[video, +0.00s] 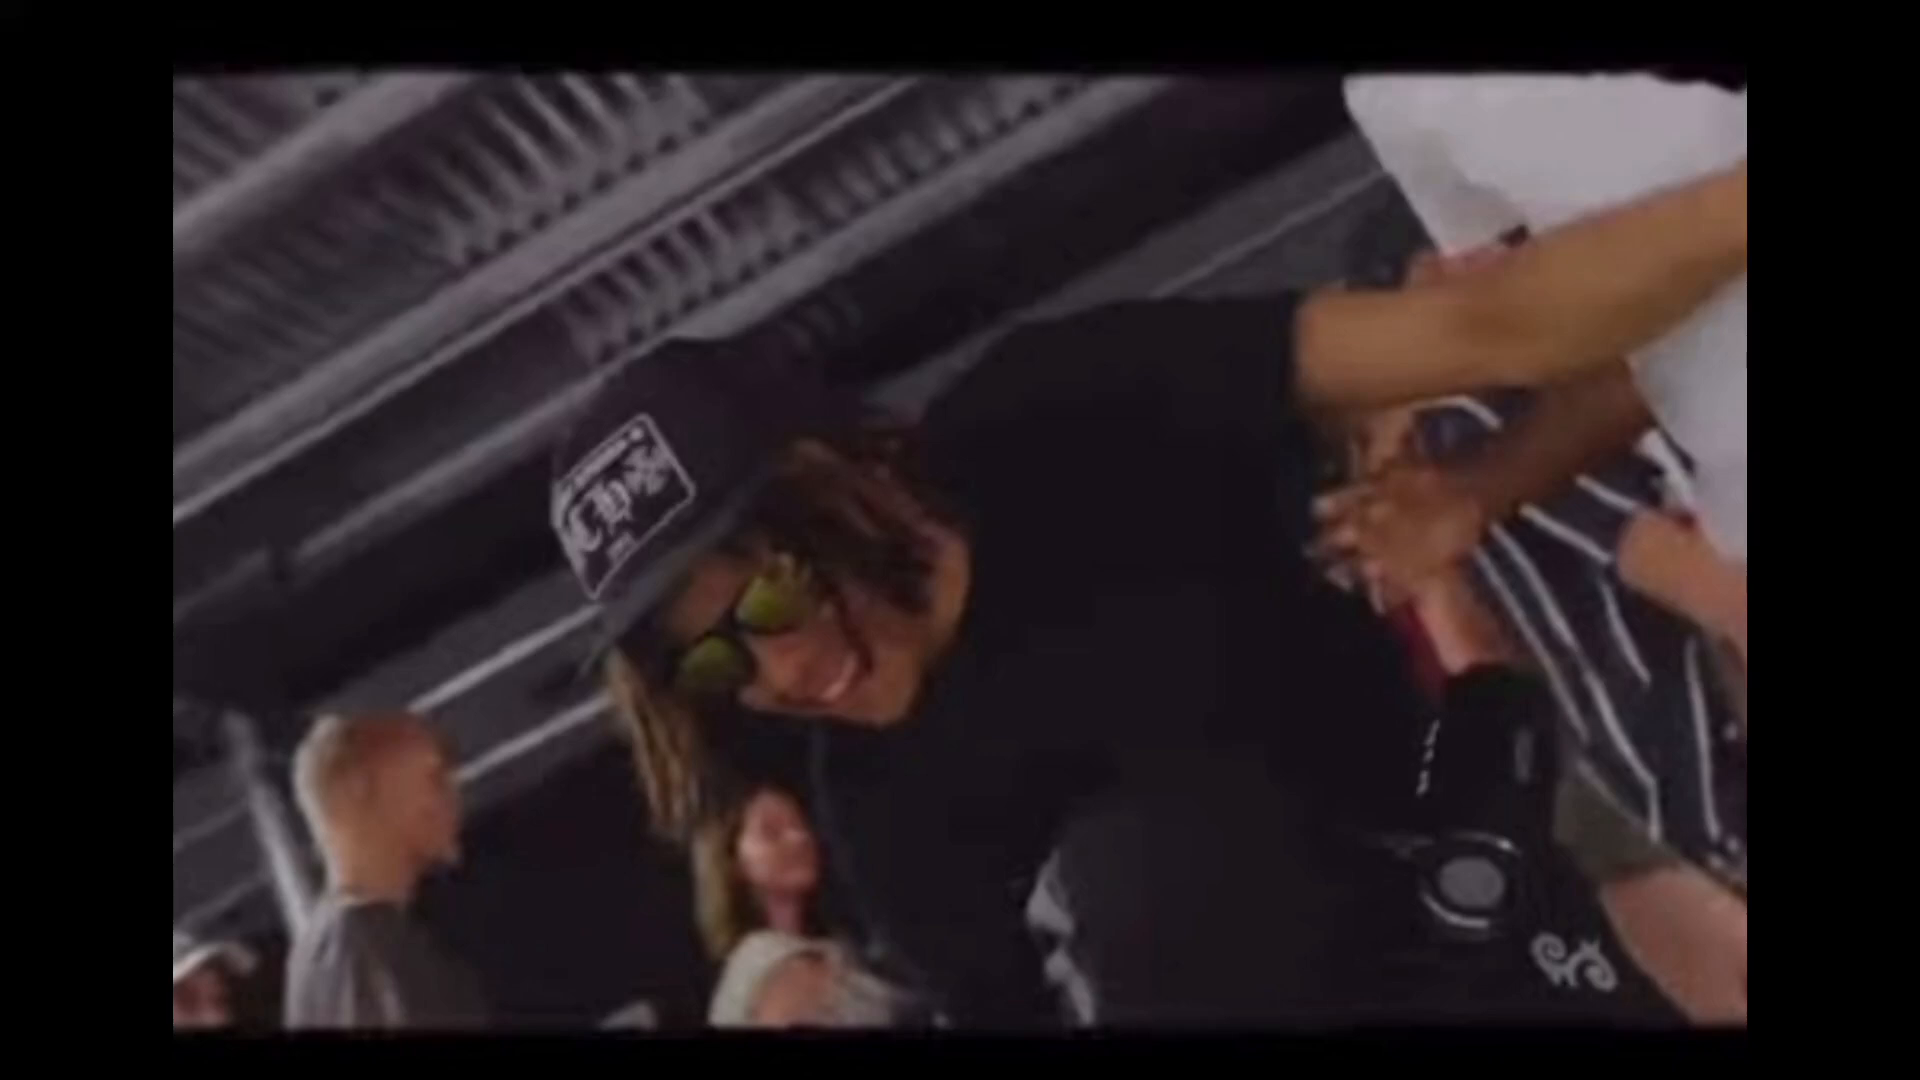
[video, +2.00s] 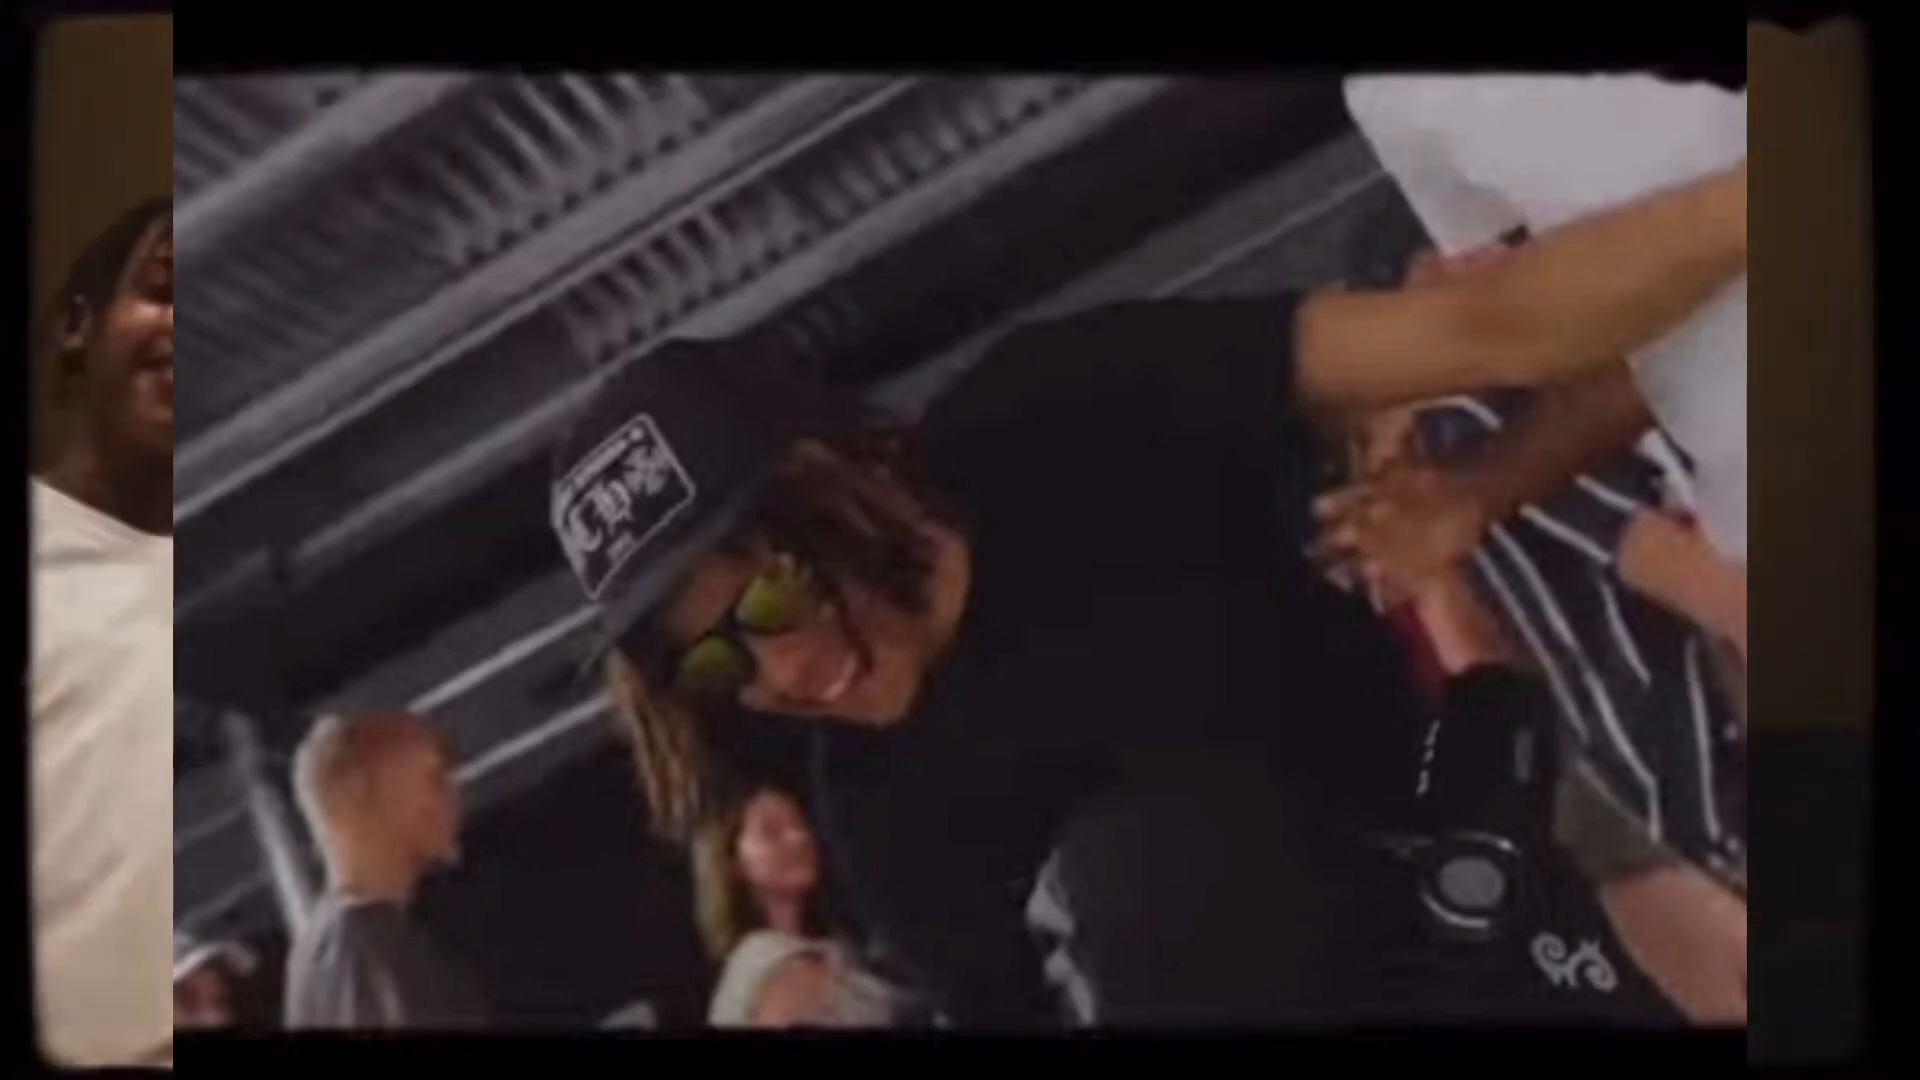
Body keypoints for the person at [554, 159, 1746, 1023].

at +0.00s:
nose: (768, 656)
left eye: (761, 582)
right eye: (708, 654)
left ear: (835, 476)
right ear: (687, 685)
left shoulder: (1052, 404)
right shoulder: (886, 847)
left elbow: (1472, 328)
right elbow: (1031, 1024)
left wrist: (1740, 208)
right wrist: (837, 995)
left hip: (1477, 844)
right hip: (1240, 973)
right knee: (1136, 862)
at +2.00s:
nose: (768, 661)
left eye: (761, 587)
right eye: (709, 657)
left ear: (835, 480)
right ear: (686, 685)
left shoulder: (1051, 403)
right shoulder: (887, 843)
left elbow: (1469, 330)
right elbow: (1030, 1023)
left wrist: (1760, 200)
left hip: (1476, 839)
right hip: (1242, 973)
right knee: (1136, 867)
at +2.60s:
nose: (769, 659)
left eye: (762, 585)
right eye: (710, 656)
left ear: (835, 477)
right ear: (689, 687)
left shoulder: (1050, 404)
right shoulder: (888, 843)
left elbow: (1469, 329)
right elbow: (1033, 1023)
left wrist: (1762, 200)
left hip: (1474, 841)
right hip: (1240, 973)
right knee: (1135, 868)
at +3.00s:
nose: (768, 660)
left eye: (761, 586)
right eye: (709, 657)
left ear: (834, 478)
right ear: (687, 687)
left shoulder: (1050, 404)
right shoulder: (888, 843)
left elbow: (1469, 329)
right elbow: (1032, 1023)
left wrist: (1762, 200)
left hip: (1475, 843)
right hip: (1239, 974)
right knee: (1135, 869)